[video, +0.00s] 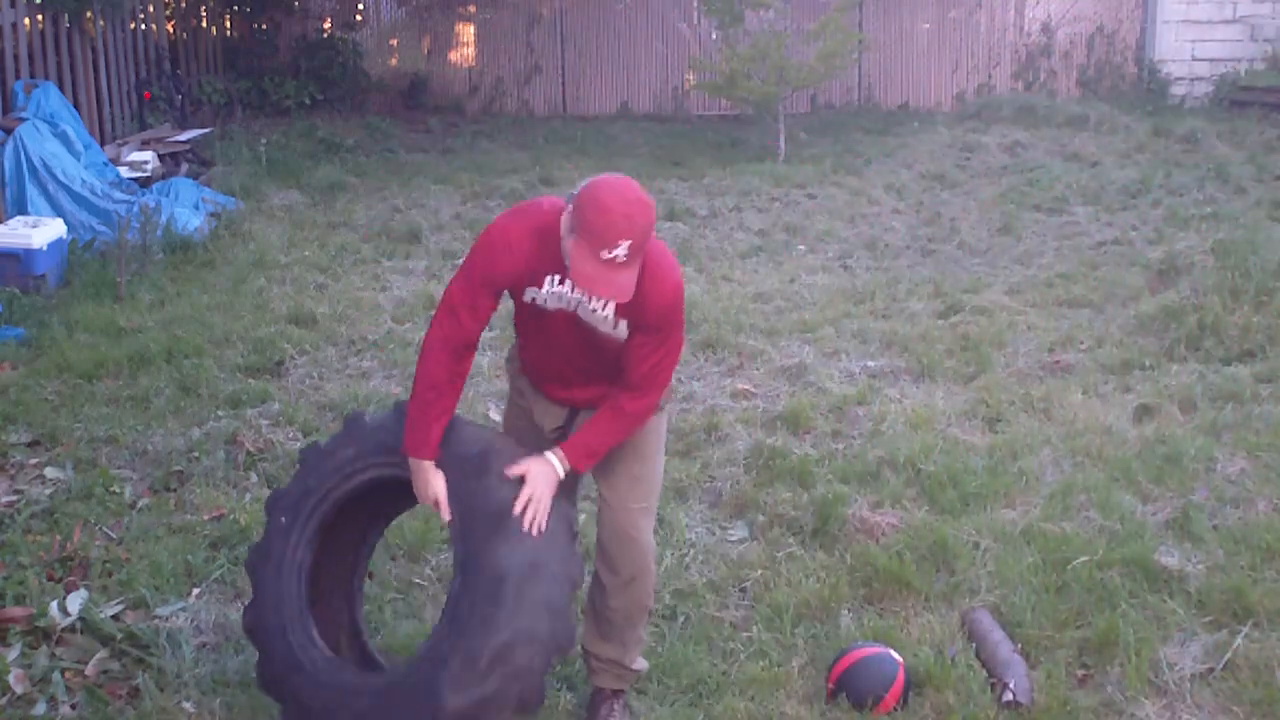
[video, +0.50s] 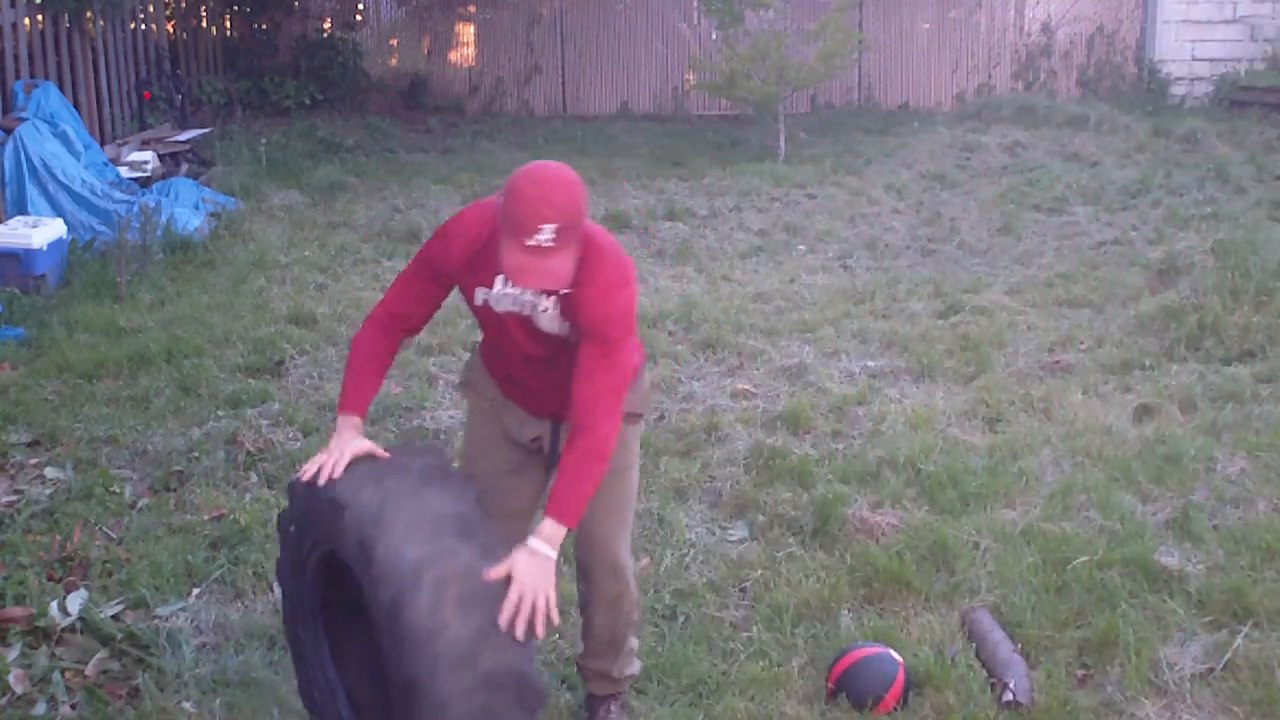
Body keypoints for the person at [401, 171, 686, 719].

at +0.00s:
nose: (600, 284)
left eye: (615, 274)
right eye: (591, 271)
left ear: (641, 249)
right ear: (566, 230)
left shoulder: (660, 282)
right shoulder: (515, 237)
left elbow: (639, 395)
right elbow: (452, 333)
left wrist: (561, 460)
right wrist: (421, 452)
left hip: (628, 402)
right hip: (537, 390)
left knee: (628, 540)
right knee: (513, 529)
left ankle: (611, 686)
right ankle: (500, 667)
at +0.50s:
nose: (539, 277)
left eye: (552, 266)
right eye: (526, 265)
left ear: (578, 239)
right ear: (501, 230)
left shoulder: (607, 272)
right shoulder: (465, 239)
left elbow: (596, 421)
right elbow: (387, 324)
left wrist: (546, 544)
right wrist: (348, 426)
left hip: (602, 409)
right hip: (504, 396)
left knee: (605, 556)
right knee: (486, 548)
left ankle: (607, 691)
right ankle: (483, 684)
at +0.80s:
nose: (462, 277)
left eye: (475, 262)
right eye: (449, 265)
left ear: (506, 226)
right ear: (424, 236)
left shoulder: (562, 258)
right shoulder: (410, 255)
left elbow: (609, 384)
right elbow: (385, 373)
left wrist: (541, 457)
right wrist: (413, 457)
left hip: (585, 411)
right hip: (483, 412)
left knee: (605, 546)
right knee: (459, 548)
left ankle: (615, 678)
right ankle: (462, 683)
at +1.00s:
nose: (513, 259)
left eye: (525, 244)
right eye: (499, 247)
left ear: (545, 217)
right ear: (468, 227)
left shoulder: (592, 250)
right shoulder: (433, 267)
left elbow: (595, 371)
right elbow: (426, 390)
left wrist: (524, 457)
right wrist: (445, 495)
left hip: (594, 404)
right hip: (490, 415)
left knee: (635, 552)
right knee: (480, 569)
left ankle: (663, 705)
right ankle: (484, 705)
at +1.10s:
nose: (583, 251)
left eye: (594, 235)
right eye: (569, 234)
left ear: (612, 221)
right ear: (529, 217)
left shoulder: (638, 268)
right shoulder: (479, 260)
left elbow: (605, 397)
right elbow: (431, 379)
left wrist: (527, 471)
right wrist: (422, 482)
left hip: (611, 423)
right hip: (502, 430)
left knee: (648, 563)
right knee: (486, 580)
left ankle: (669, 706)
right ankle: (483, 705)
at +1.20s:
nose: (655, 265)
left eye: (667, 252)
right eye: (645, 248)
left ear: (683, 238)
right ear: (601, 218)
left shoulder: (688, 285)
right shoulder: (534, 257)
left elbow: (635, 416)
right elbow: (460, 376)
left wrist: (551, 484)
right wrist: (427, 506)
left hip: (625, 447)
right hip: (515, 447)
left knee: (660, 585)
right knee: (486, 596)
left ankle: (674, 712)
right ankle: (474, 709)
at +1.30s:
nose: (713, 280)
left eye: (722, 266)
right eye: (704, 261)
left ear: (735, 248)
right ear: (661, 229)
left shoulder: (724, 296)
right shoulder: (572, 267)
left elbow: (678, 431)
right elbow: (506, 395)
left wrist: (583, 494)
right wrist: (479, 535)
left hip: (642, 461)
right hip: (539, 457)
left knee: (672, 618)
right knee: (500, 617)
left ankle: (677, 711)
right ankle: (492, 709)